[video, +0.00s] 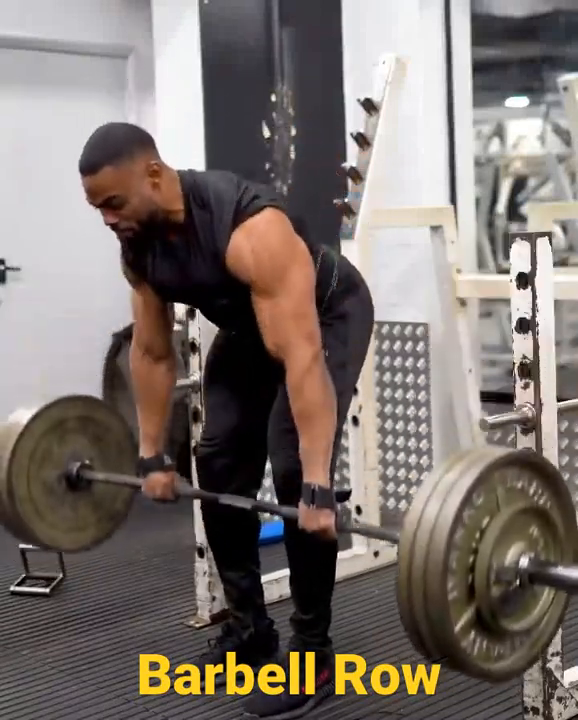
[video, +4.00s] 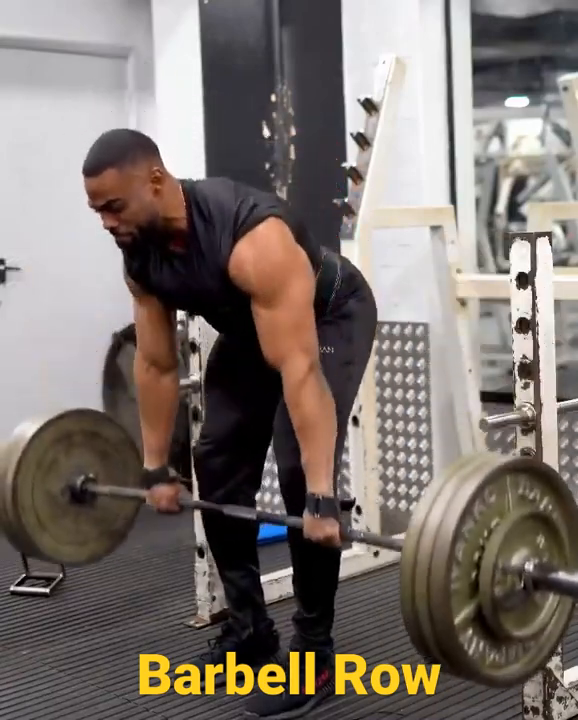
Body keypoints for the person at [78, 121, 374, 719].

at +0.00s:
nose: (108, 220)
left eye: (114, 204)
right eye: (99, 209)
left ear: (155, 174)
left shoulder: (252, 230)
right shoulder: (141, 244)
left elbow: (304, 356)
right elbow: (151, 352)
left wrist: (317, 484)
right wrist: (152, 454)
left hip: (326, 312)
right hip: (248, 324)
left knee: (293, 465)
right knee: (218, 468)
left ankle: (310, 648)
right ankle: (248, 626)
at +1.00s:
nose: (109, 163)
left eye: (115, 146)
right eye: (99, 152)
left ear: (155, 115)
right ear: (98, 142)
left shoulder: (246, 140)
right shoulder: (143, 172)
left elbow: (363, 187)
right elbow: (164, 224)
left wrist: (320, 285)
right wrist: (148, 283)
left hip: (303, 316)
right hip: (230, 319)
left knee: (292, 471)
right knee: (221, 469)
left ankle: (311, 648)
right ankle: (248, 625)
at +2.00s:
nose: (94, 227)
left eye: (99, 209)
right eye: (84, 214)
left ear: (140, 178)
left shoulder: (241, 237)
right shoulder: (130, 256)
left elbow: (290, 363)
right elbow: (145, 362)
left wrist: (311, 491)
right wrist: (148, 466)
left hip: (318, 313)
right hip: (238, 326)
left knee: (291, 474)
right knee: (211, 474)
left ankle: (310, 648)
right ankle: (248, 628)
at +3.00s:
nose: (109, 151)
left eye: (113, 134)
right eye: (99, 140)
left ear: (155, 104)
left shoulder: (240, 134)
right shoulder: (139, 163)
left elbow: (359, 187)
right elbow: (164, 217)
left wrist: (308, 285)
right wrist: (143, 279)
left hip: (293, 323)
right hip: (220, 326)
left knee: (283, 473)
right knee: (216, 474)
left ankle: (309, 647)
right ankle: (246, 628)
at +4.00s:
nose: (107, 224)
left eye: (114, 207)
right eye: (98, 211)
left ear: (157, 181)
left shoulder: (254, 241)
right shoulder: (140, 250)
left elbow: (301, 369)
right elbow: (156, 364)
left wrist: (321, 494)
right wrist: (157, 468)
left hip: (328, 313)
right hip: (249, 323)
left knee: (302, 472)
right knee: (218, 465)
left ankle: (312, 648)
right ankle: (248, 628)